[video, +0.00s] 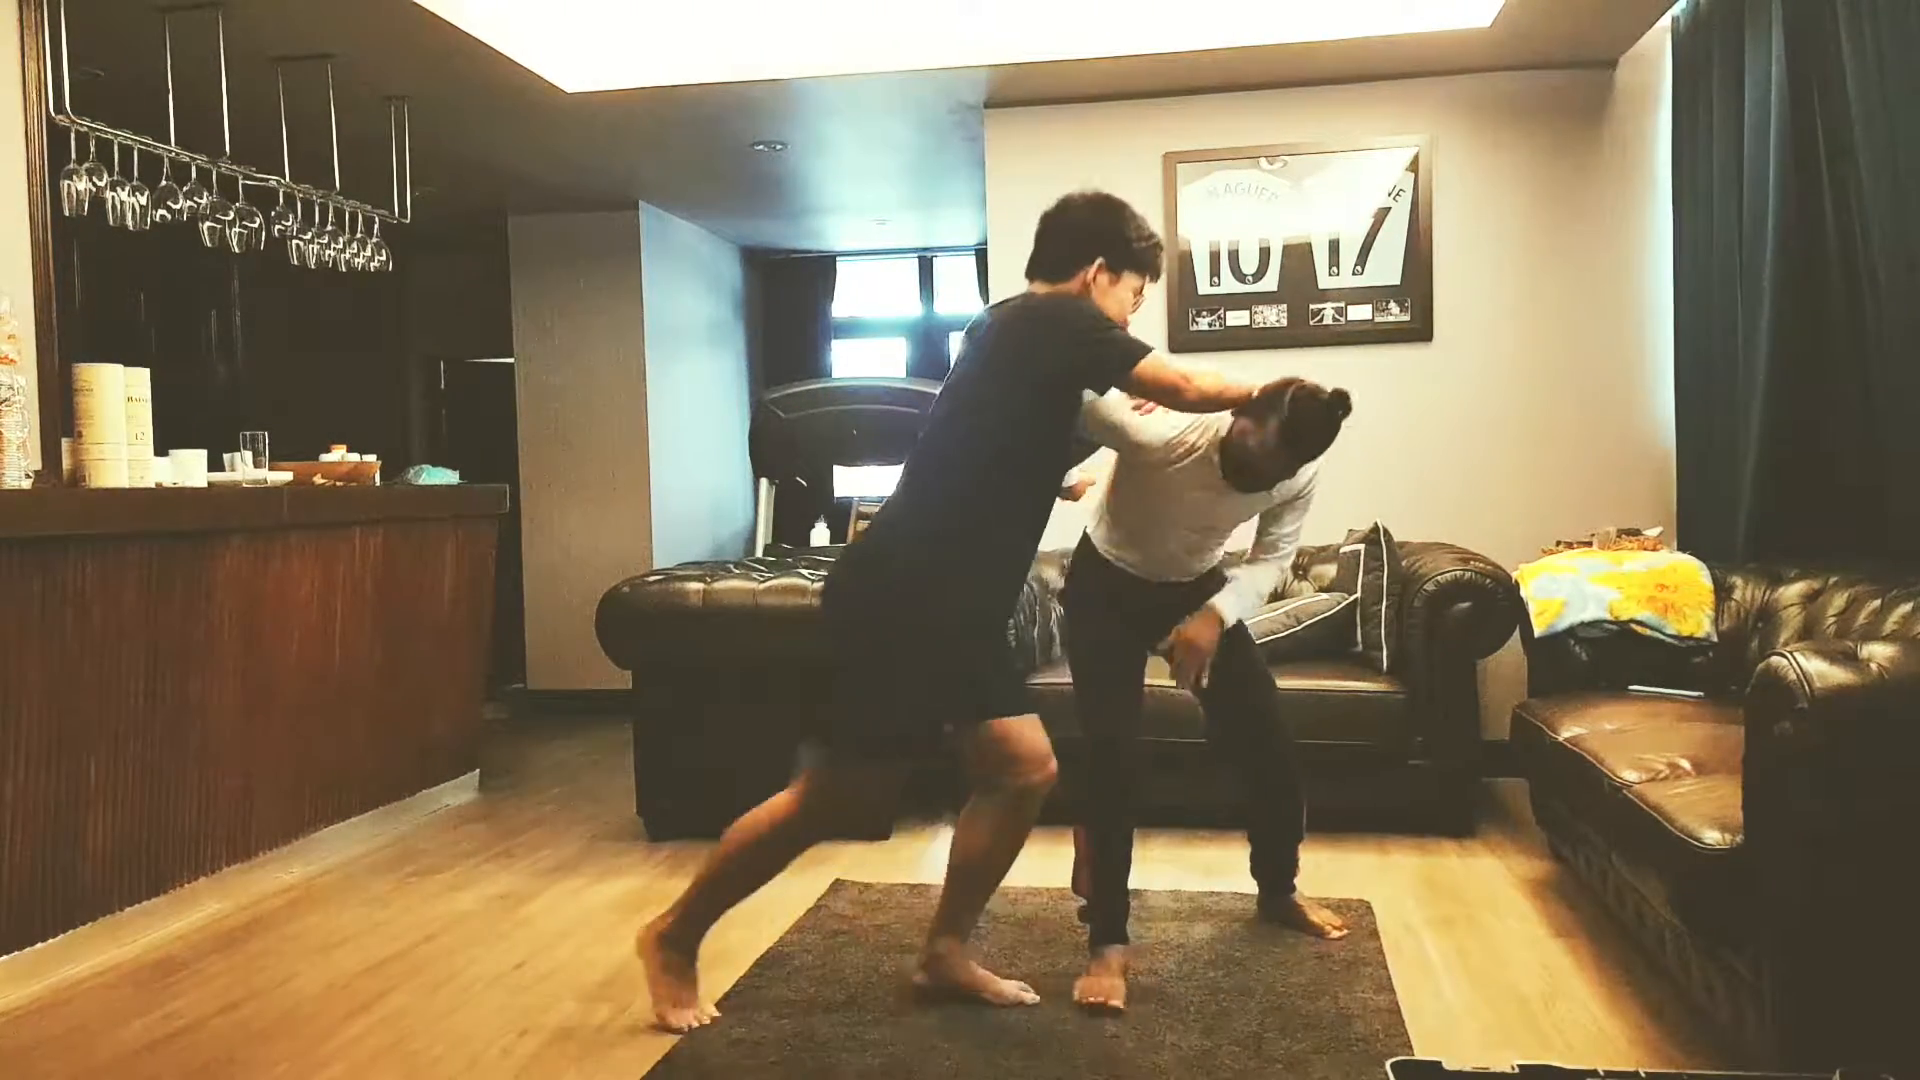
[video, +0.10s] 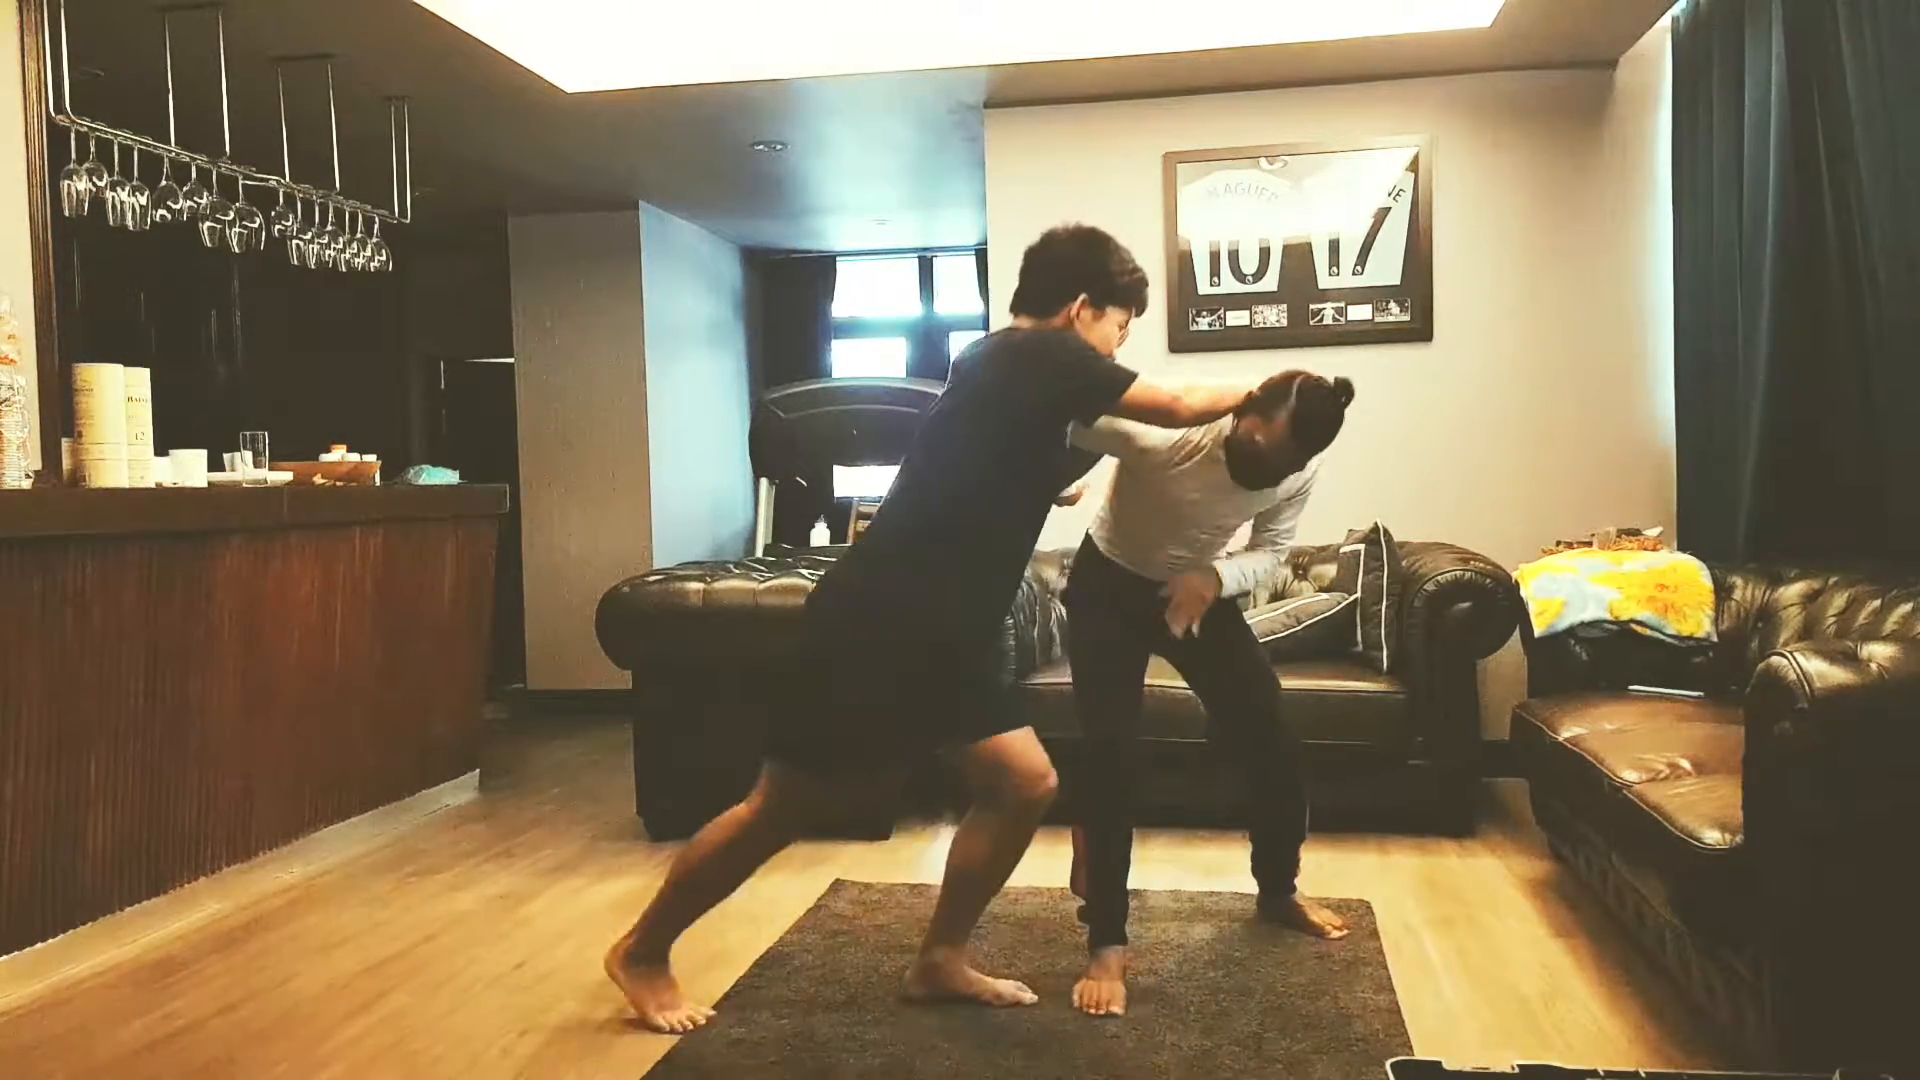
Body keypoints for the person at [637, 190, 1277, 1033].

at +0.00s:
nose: (1135, 311)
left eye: (1139, 295)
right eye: (1134, 290)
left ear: (1067, 270)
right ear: (1094, 270)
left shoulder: (1011, 328)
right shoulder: (1059, 324)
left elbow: (986, 458)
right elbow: (1179, 385)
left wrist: (1066, 482)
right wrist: (1261, 388)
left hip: (950, 601)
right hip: (897, 595)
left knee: (1024, 769)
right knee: (845, 801)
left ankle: (947, 952)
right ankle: (671, 937)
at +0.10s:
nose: (1123, 341)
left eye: (1126, 327)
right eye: (1120, 323)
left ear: (1054, 304)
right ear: (1082, 307)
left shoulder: (994, 364)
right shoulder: (1043, 357)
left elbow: (977, 480)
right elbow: (1174, 405)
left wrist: (1065, 480)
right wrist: (1250, 391)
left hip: (940, 629)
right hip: (874, 622)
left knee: (1024, 783)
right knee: (778, 810)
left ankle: (944, 958)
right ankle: (638, 954)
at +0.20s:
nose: (1118, 339)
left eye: (1122, 324)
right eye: (1117, 319)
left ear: (1053, 296)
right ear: (1076, 296)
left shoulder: (995, 352)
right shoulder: (1037, 351)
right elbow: (1150, 418)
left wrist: (1059, 484)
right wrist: (1239, 411)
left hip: (916, 612)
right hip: (902, 614)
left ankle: (942, 958)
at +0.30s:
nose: (1110, 317)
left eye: (1117, 302)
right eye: (1112, 296)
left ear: (1051, 270)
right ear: (1074, 271)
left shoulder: (988, 326)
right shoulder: (1016, 327)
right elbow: (1090, 427)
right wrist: (1197, 437)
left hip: (934, 575)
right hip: (932, 580)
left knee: (984, 763)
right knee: (1042, 753)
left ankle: (942, 958)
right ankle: (857, 854)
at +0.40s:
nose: (1093, 307)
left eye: (1101, 291)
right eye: (1096, 286)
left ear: (1042, 263)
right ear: (1054, 263)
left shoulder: (979, 324)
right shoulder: (984, 318)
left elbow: (1029, 455)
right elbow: (1020, 428)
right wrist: (1144, 455)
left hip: (930, 569)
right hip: (943, 571)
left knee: (991, 770)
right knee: (1132, 646)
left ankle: (944, 960)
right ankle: (1003, 786)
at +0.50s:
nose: (1078, 302)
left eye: (1085, 287)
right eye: (1078, 282)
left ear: (1029, 263)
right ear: (1032, 259)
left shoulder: (990, 344)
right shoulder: (963, 312)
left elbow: (994, 460)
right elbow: (988, 421)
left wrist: (1079, 487)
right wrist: (1112, 446)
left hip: (939, 571)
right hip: (937, 572)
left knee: (991, 768)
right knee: (1129, 639)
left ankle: (945, 959)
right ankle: (1007, 796)